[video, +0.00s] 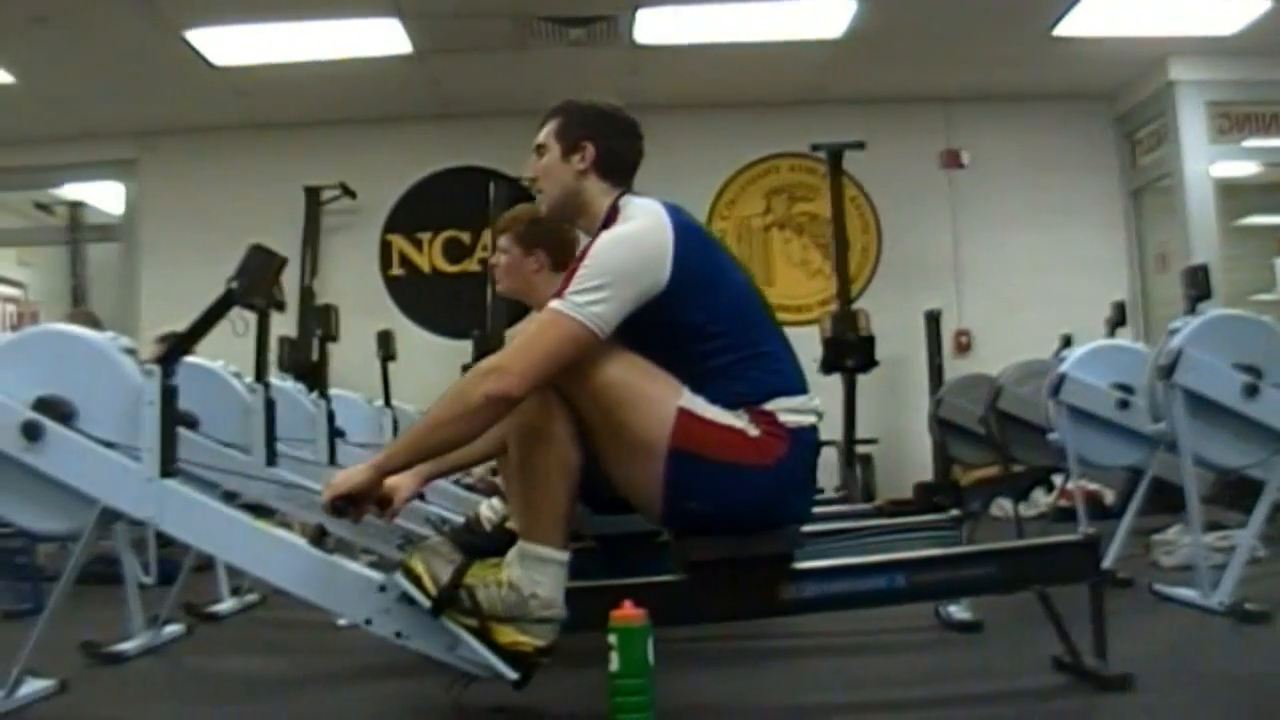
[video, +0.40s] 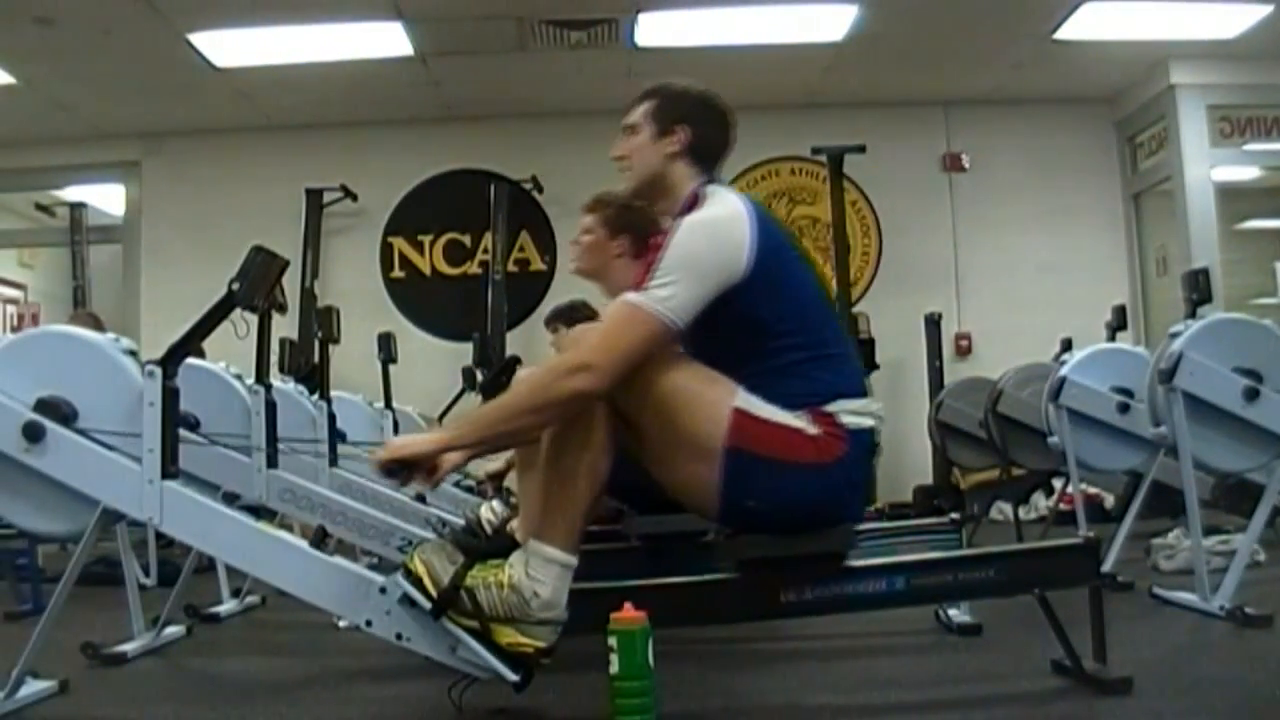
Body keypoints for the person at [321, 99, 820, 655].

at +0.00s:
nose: (529, 171)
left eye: (541, 154)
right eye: (532, 155)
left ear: (583, 158)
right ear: (588, 162)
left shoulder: (640, 233)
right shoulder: (621, 240)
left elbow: (506, 383)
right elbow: (523, 403)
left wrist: (377, 466)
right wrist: (416, 474)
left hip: (759, 460)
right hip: (741, 455)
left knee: (550, 360)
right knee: (545, 363)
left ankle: (534, 586)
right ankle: (533, 575)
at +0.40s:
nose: (615, 150)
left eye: (631, 134)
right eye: (620, 134)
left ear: (678, 143)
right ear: (677, 148)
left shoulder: (719, 223)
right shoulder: (696, 230)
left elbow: (589, 371)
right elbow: (584, 371)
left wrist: (444, 438)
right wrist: (457, 449)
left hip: (818, 459)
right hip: (784, 451)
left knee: (596, 358)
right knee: (580, 363)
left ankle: (540, 592)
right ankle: (529, 582)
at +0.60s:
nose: (713, 138)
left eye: (728, 121)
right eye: (716, 122)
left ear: (777, 129)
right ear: (771, 133)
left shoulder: (815, 212)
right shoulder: (776, 217)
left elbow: (669, 346)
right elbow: (669, 347)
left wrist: (520, 402)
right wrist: (533, 409)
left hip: (888, 449)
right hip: (839, 438)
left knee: (657, 383)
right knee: (633, 386)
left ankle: (547, 595)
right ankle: (532, 583)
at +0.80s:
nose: (804, 126)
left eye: (821, 110)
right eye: (808, 111)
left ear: (870, 121)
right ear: (858, 123)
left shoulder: (902, 206)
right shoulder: (866, 214)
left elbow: (758, 325)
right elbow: (755, 326)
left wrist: (600, 378)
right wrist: (608, 381)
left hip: (960, 441)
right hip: (916, 433)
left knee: (705, 414)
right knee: (687, 417)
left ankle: (546, 601)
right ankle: (540, 595)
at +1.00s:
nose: (879, 125)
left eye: (896, 107)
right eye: (883, 111)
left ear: (950, 117)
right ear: (939, 122)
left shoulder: (983, 202)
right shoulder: (944, 210)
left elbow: (842, 322)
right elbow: (826, 316)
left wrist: (679, 369)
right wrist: (681, 377)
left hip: (1014, 440)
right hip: (969, 436)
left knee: (753, 457)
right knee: (730, 458)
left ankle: (548, 605)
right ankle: (539, 596)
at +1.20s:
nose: (944, 125)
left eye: (960, 108)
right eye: (944, 111)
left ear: (1013, 115)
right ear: (985, 122)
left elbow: (924, 324)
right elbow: (888, 343)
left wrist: (762, 367)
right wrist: (762, 389)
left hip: (1041, 433)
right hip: (984, 428)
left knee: (799, 506)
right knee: (776, 502)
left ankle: (550, 607)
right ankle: (545, 601)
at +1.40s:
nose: (987, 133)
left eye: (1000, 115)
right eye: (985, 118)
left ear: (1053, 115)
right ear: (1025, 120)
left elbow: (1020, 333)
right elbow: (942, 357)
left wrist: (838, 360)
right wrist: (820, 380)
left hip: (1036, 431)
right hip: (985, 425)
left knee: (792, 539)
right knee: (780, 536)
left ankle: (551, 605)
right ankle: (551, 603)